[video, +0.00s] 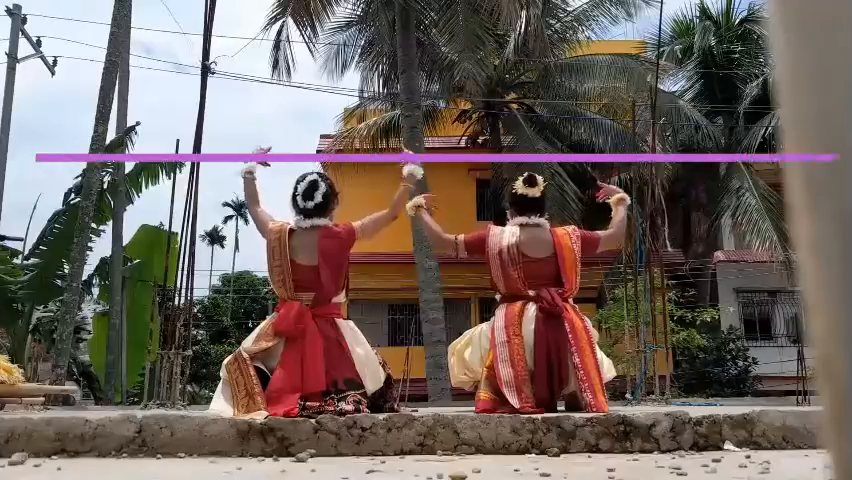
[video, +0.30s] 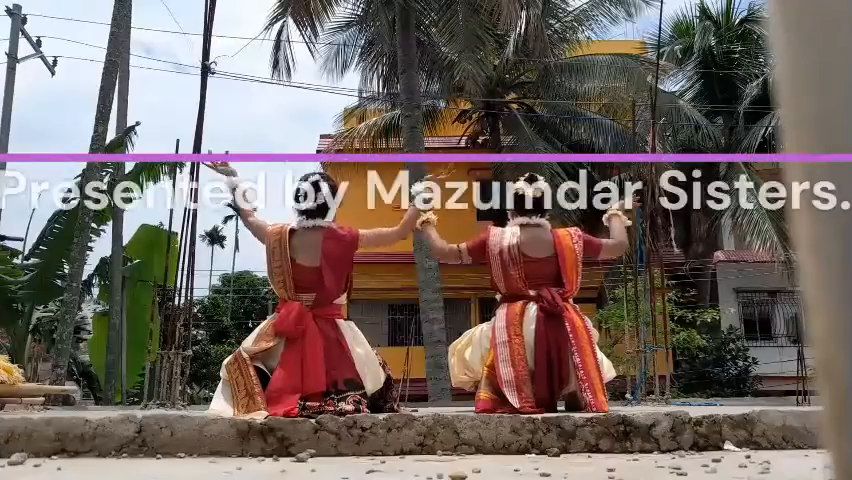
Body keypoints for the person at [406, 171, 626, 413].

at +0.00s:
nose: (507, 216)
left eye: (507, 210)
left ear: (510, 211)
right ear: (545, 210)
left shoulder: (495, 237)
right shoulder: (568, 238)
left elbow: (444, 244)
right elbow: (615, 238)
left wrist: (420, 213)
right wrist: (620, 203)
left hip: (513, 325)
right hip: (562, 324)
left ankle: (506, 394)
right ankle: (575, 394)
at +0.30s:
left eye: (515, 204)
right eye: (537, 202)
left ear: (511, 209)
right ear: (547, 207)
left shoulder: (494, 240)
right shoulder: (569, 238)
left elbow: (442, 252)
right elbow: (619, 245)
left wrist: (426, 226)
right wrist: (616, 216)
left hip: (512, 328)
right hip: (563, 326)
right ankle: (578, 395)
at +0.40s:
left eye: (522, 201)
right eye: (536, 201)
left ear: (511, 206)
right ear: (547, 205)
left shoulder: (493, 240)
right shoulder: (570, 240)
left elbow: (452, 260)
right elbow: (620, 253)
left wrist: (423, 239)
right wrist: (624, 227)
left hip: (511, 330)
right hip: (565, 327)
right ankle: (578, 400)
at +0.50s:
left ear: (512, 207)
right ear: (548, 207)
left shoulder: (495, 241)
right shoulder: (571, 240)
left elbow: (449, 265)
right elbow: (617, 260)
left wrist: (419, 244)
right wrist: (633, 239)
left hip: (513, 330)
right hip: (565, 328)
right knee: (578, 403)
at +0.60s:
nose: (528, 213)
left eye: (526, 205)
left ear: (513, 206)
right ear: (548, 204)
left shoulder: (499, 240)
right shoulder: (572, 239)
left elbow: (462, 265)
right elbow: (609, 266)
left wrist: (427, 253)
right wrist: (637, 238)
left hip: (512, 317)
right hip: (565, 316)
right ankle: (581, 402)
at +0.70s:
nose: (526, 210)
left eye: (524, 204)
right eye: (529, 203)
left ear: (513, 207)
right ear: (549, 207)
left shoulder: (496, 242)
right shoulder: (573, 243)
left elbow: (461, 274)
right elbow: (615, 271)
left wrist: (428, 258)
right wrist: (635, 243)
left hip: (512, 325)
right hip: (567, 326)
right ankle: (578, 397)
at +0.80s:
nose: (528, 209)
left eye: (528, 203)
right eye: (530, 203)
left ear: (515, 207)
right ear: (550, 207)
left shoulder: (497, 243)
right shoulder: (573, 244)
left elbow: (462, 274)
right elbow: (616, 271)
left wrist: (426, 260)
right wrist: (638, 246)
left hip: (510, 328)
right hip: (565, 329)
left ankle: (511, 401)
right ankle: (575, 394)